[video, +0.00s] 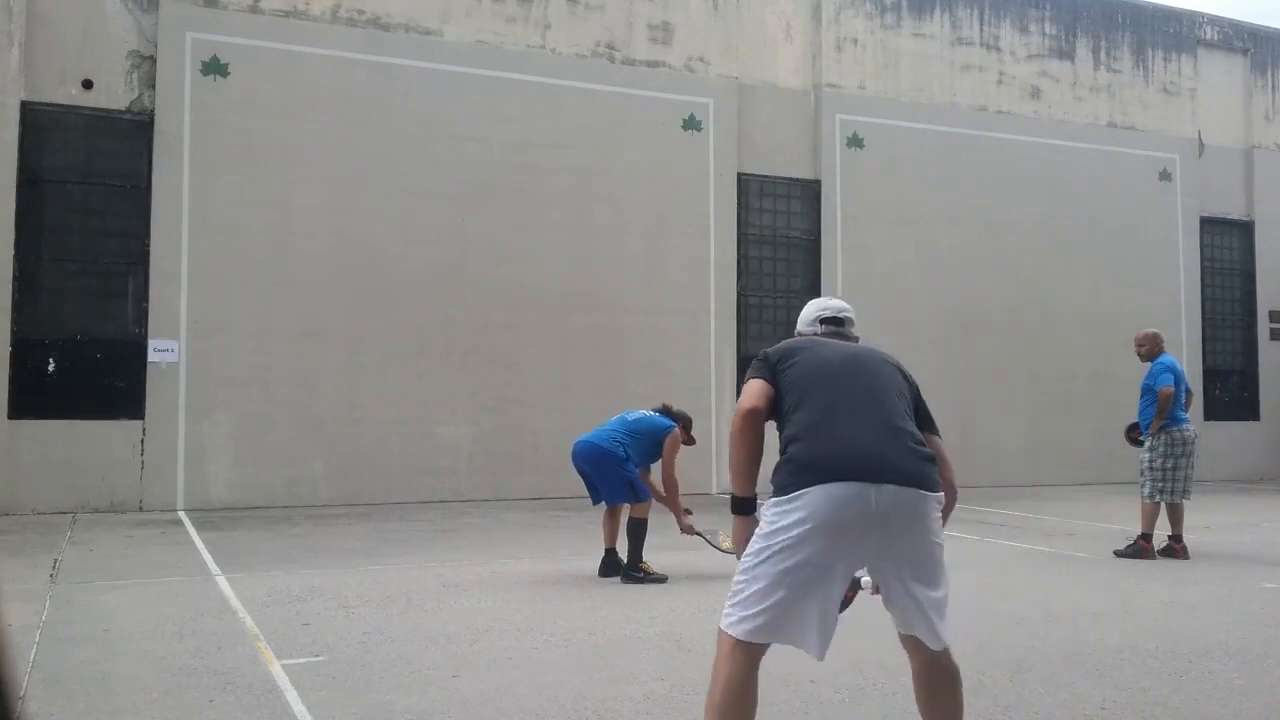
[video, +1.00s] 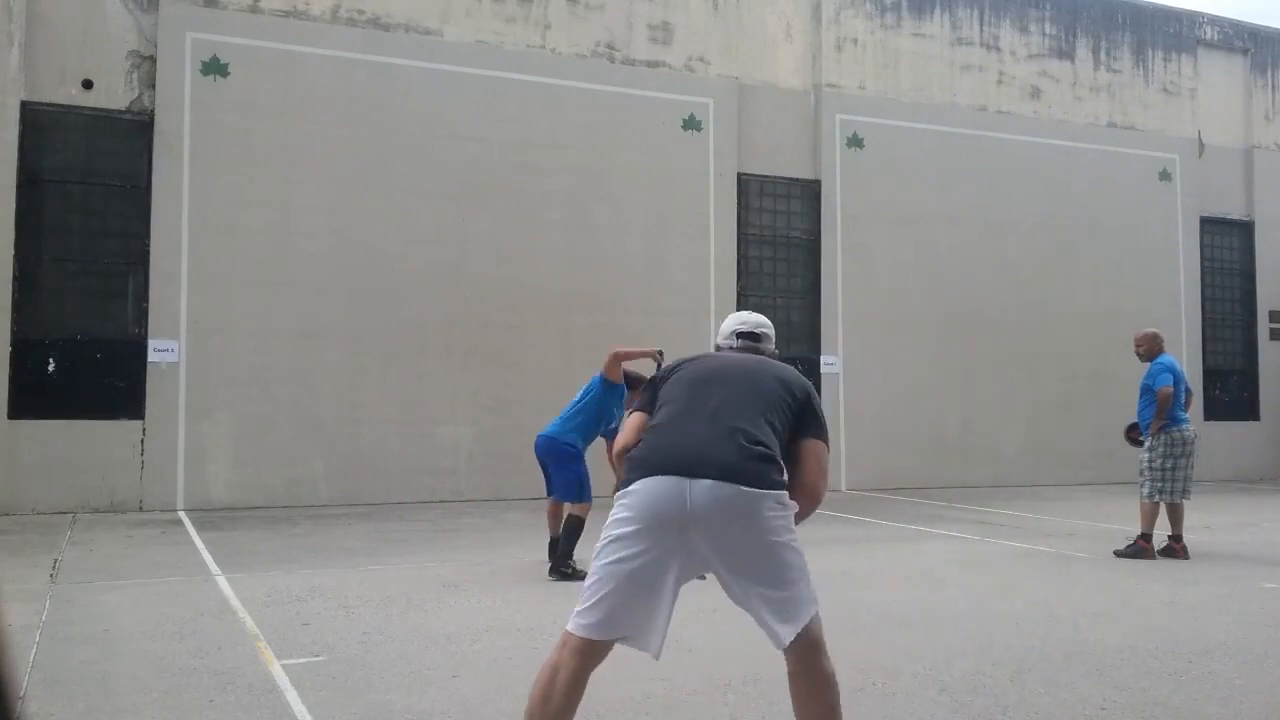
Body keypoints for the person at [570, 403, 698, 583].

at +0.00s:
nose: (681, 442)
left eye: (684, 439)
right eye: (683, 437)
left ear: (665, 417)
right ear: (680, 427)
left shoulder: (643, 426)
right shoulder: (672, 431)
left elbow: (644, 480)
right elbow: (668, 477)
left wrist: (675, 507)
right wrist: (681, 520)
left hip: (582, 450)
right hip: (607, 454)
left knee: (614, 502)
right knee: (642, 500)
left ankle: (609, 560)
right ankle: (634, 566)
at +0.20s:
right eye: (677, 426)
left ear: (658, 409)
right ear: (675, 420)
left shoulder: (637, 416)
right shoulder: (667, 423)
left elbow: (636, 477)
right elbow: (662, 467)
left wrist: (659, 506)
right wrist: (675, 506)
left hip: (581, 449)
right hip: (607, 453)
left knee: (614, 503)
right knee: (640, 501)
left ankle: (610, 560)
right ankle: (635, 565)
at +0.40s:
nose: (665, 426)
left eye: (667, 424)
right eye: (667, 421)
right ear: (666, 413)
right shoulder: (656, 411)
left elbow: (639, 472)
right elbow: (649, 443)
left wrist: (665, 486)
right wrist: (672, 477)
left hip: (575, 450)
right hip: (599, 451)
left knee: (611, 503)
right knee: (634, 499)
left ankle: (610, 560)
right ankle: (635, 564)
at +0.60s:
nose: (653, 426)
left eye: (657, 424)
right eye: (657, 421)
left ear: (652, 407)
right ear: (654, 408)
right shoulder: (642, 400)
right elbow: (630, 421)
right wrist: (662, 444)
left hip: (571, 444)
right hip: (586, 446)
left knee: (603, 500)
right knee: (618, 499)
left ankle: (605, 552)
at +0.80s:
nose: (642, 413)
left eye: (645, 410)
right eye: (643, 407)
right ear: (638, 394)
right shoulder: (623, 384)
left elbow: (603, 451)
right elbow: (625, 397)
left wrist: (630, 476)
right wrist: (659, 404)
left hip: (559, 443)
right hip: (573, 445)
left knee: (585, 502)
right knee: (589, 506)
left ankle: (582, 548)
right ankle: (561, 564)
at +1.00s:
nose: (638, 404)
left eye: (641, 399)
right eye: (641, 397)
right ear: (635, 389)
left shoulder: (613, 416)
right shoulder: (613, 385)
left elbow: (612, 451)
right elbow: (615, 356)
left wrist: (621, 478)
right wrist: (651, 352)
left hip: (546, 442)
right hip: (564, 446)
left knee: (556, 499)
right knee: (582, 504)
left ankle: (555, 552)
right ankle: (562, 563)